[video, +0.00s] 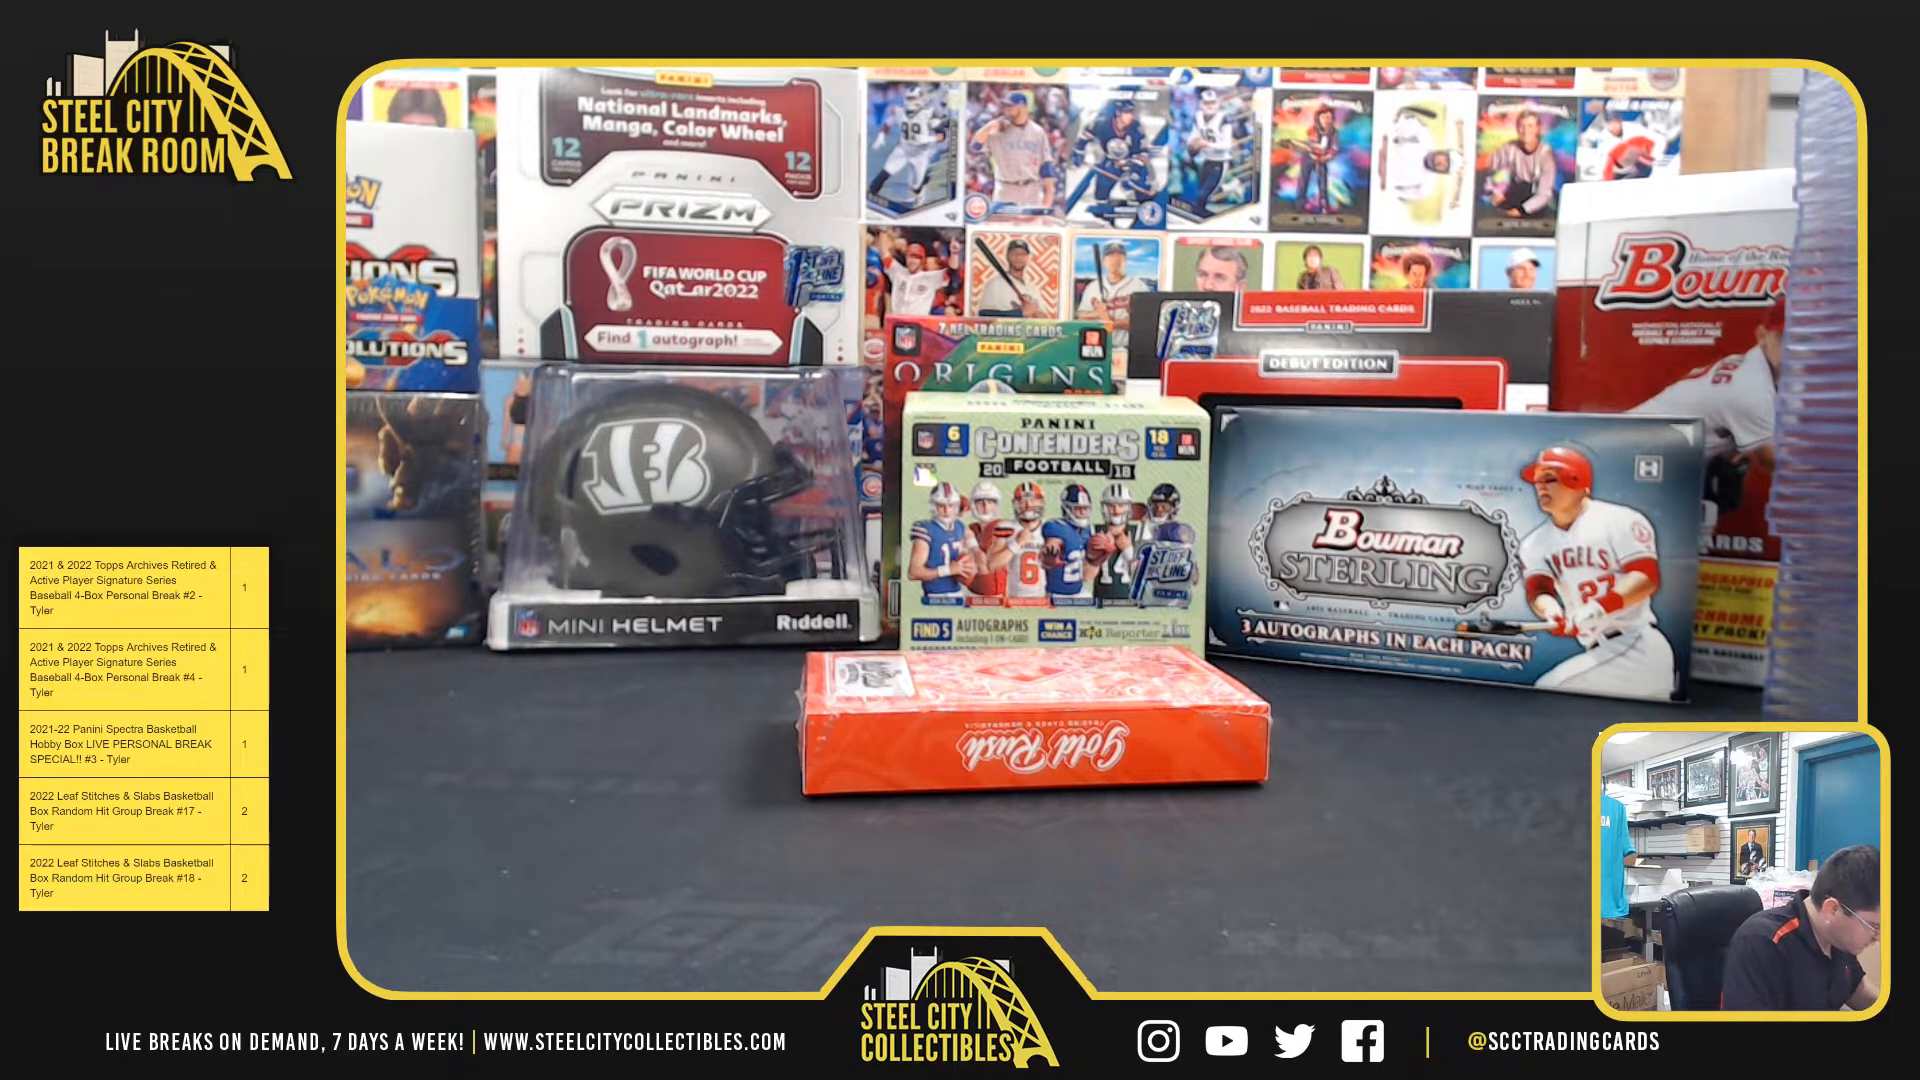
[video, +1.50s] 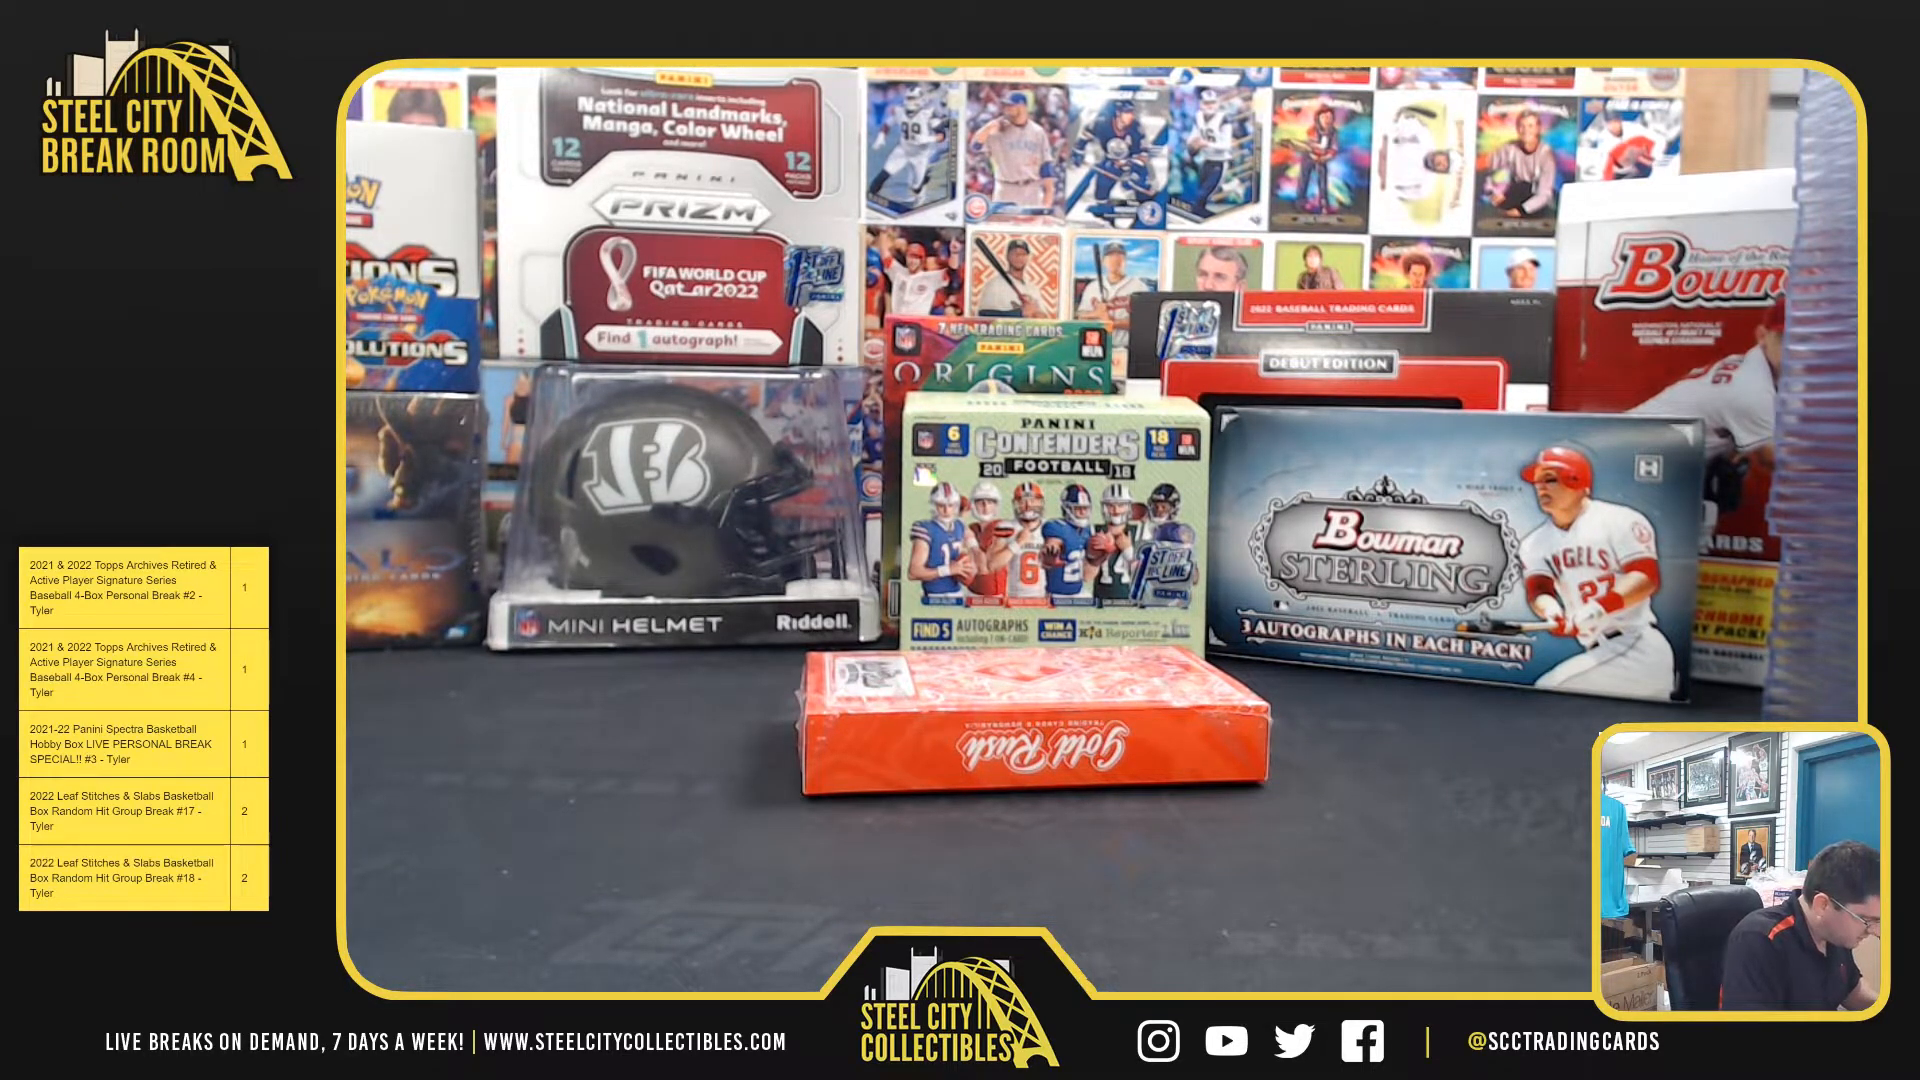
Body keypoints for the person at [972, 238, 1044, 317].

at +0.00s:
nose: (1019, 258)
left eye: (1023, 254)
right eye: (1015, 254)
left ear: (1028, 258)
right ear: (1008, 256)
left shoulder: (1032, 288)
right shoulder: (995, 284)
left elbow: (1045, 317)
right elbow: (985, 314)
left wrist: (1034, 310)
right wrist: (1020, 313)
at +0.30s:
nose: (1019, 258)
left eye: (1023, 254)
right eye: (1015, 254)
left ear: (1028, 258)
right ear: (1008, 256)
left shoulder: (1032, 288)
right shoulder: (995, 284)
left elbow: (1045, 317)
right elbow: (985, 314)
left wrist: (1034, 310)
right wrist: (1020, 313)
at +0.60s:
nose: (1019, 258)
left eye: (1023, 254)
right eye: (1015, 254)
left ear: (1028, 258)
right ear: (1008, 256)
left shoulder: (1032, 288)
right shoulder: (995, 284)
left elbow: (1045, 317)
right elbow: (985, 314)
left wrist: (1034, 310)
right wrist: (1020, 313)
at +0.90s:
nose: (1019, 258)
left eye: (1023, 254)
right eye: (1015, 254)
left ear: (1028, 258)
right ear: (1008, 256)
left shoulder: (1032, 288)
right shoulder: (995, 284)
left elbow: (1045, 317)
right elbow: (985, 314)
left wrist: (1034, 310)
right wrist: (1020, 313)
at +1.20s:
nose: (1019, 257)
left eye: (1023, 254)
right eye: (1015, 254)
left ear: (1028, 258)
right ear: (1008, 256)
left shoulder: (1032, 288)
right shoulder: (995, 285)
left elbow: (1044, 317)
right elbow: (985, 315)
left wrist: (1033, 311)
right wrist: (1020, 313)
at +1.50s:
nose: (1019, 257)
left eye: (1023, 254)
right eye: (1015, 254)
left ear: (1028, 258)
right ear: (1008, 256)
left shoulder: (1033, 288)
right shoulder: (995, 285)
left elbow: (1044, 317)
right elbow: (985, 315)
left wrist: (1033, 310)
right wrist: (1020, 313)